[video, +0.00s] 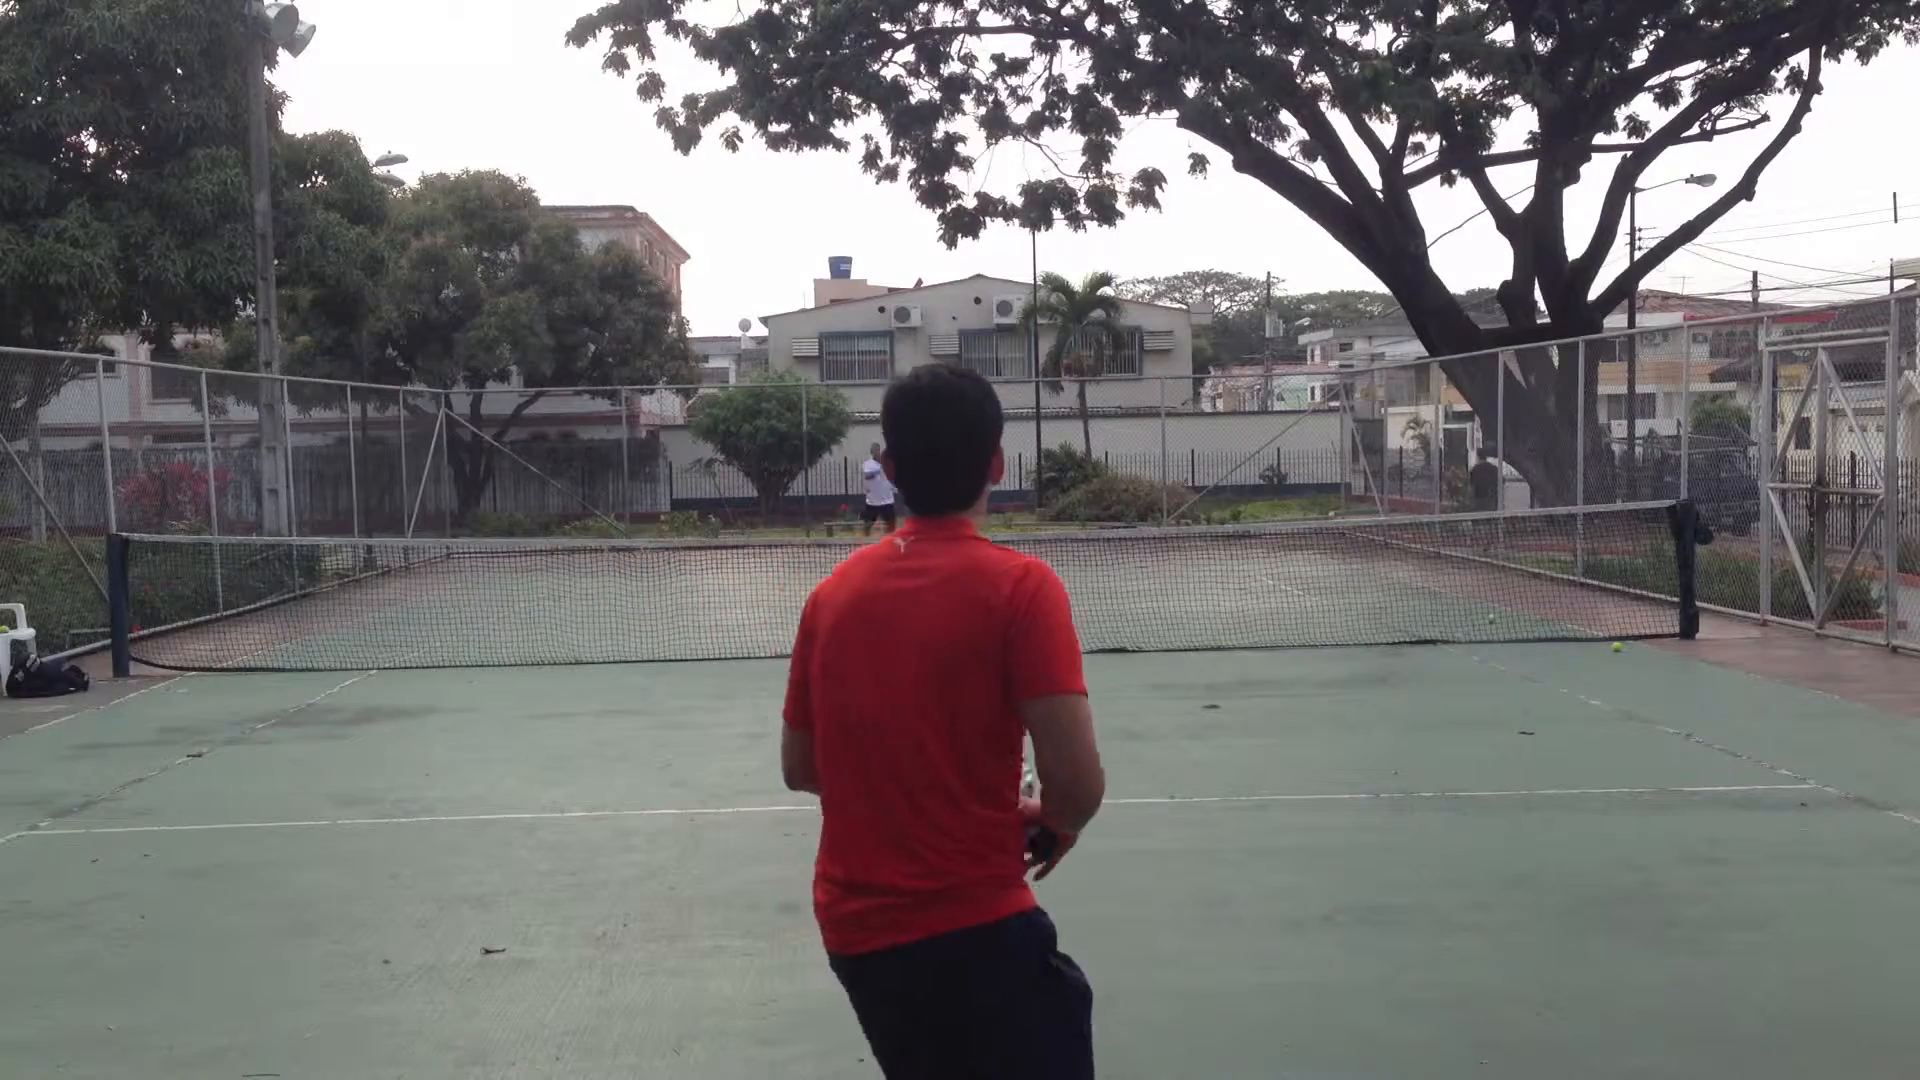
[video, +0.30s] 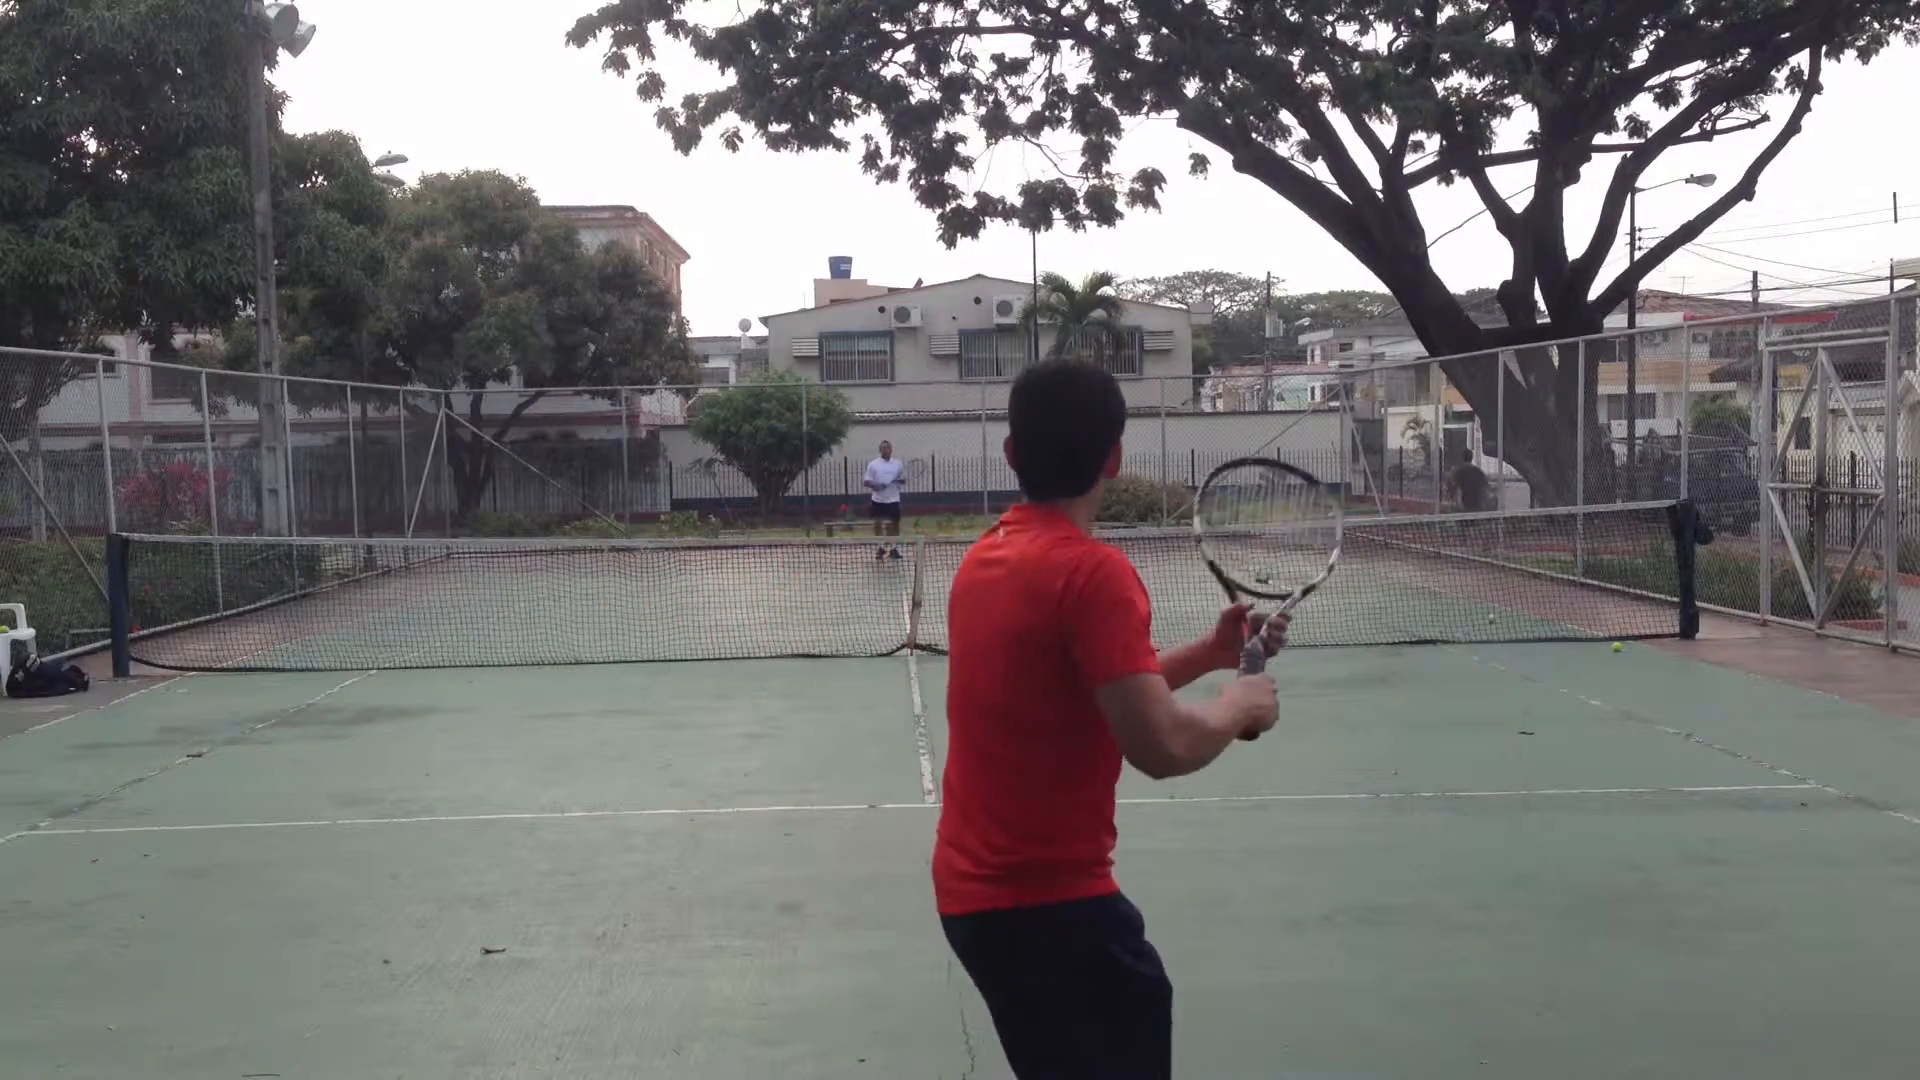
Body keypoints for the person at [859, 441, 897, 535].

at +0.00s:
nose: (877, 453)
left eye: (878, 450)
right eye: (875, 450)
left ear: (881, 451)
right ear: (871, 452)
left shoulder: (887, 464)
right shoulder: (868, 464)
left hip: (887, 500)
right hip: (872, 500)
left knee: (891, 527)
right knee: (867, 527)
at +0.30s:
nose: (887, 450)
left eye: (888, 448)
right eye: (884, 448)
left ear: (891, 449)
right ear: (880, 450)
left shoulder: (897, 463)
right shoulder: (873, 464)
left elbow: (901, 479)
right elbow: (866, 481)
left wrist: (899, 481)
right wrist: (877, 485)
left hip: (893, 500)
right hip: (878, 500)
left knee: (894, 525)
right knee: (877, 524)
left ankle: (893, 547)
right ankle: (880, 546)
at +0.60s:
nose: (886, 451)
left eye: (887, 449)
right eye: (883, 449)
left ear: (891, 450)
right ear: (880, 451)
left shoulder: (898, 464)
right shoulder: (874, 467)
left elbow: (904, 479)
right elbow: (868, 484)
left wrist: (901, 482)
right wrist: (877, 488)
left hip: (898, 500)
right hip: (882, 501)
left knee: (907, 521)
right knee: (880, 524)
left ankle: (910, 544)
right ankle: (882, 548)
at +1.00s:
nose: (898, 452)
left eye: (900, 449)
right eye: (895, 449)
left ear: (903, 450)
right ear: (892, 451)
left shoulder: (910, 464)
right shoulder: (886, 465)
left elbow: (917, 481)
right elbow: (881, 483)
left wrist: (910, 480)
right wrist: (890, 487)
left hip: (907, 500)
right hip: (891, 500)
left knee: (912, 524)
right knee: (887, 524)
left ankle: (916, 548)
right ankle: (884, 549)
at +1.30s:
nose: (899, 451)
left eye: (901, 449)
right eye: (897, 449)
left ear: (905, 450)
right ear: (893, 451)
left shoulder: (912, 464)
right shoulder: (887, 465)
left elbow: (918, 482)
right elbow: (882, 483)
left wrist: (913, 480)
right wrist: (893, 487)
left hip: (908, 500)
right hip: (892, 501)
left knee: (913, 524)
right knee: (888, 523)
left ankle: (916, 548)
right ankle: (884, 548)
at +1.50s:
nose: (899, 451)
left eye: (901, 449)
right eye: (896, 449)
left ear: (905, 450)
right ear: (893, 451)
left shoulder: (912, 464)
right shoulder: (887, 465)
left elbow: (918, 481)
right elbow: (881, 483)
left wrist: (913, 480)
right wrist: (892, 487)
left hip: (907, 501)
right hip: (892, 501)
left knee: (911, 524)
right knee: (889, 523)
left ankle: (913, 548)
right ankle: (884, 548)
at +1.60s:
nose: (899, 451)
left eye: (901, 448)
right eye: (896, 448)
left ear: (904, 450)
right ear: (892, 450)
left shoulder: (911, 464)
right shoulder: (886, 465)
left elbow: (917, 481)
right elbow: (880, 482)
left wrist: (906, 480)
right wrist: (889, 486)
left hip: (907, 501)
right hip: (890, 501)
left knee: (913, 525)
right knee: (887, 524)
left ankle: (915, 548)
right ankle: (883, 549)